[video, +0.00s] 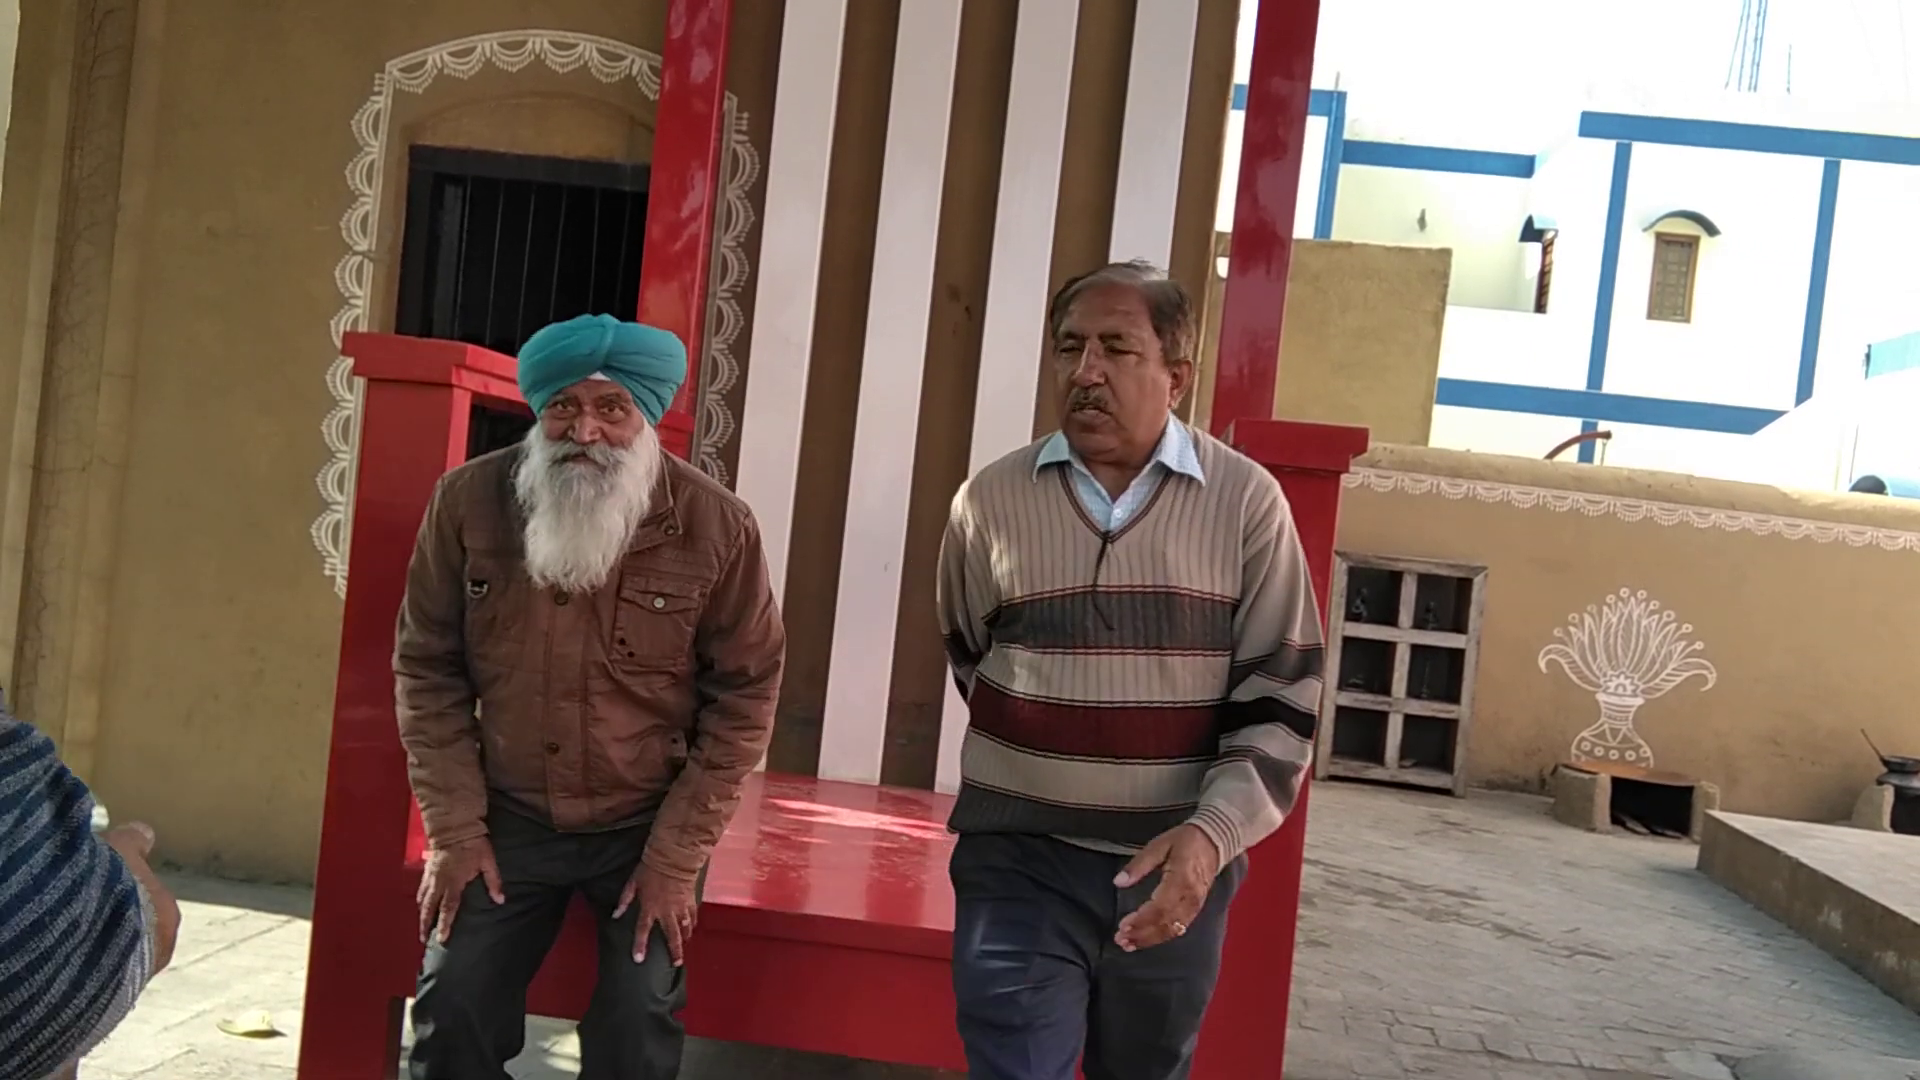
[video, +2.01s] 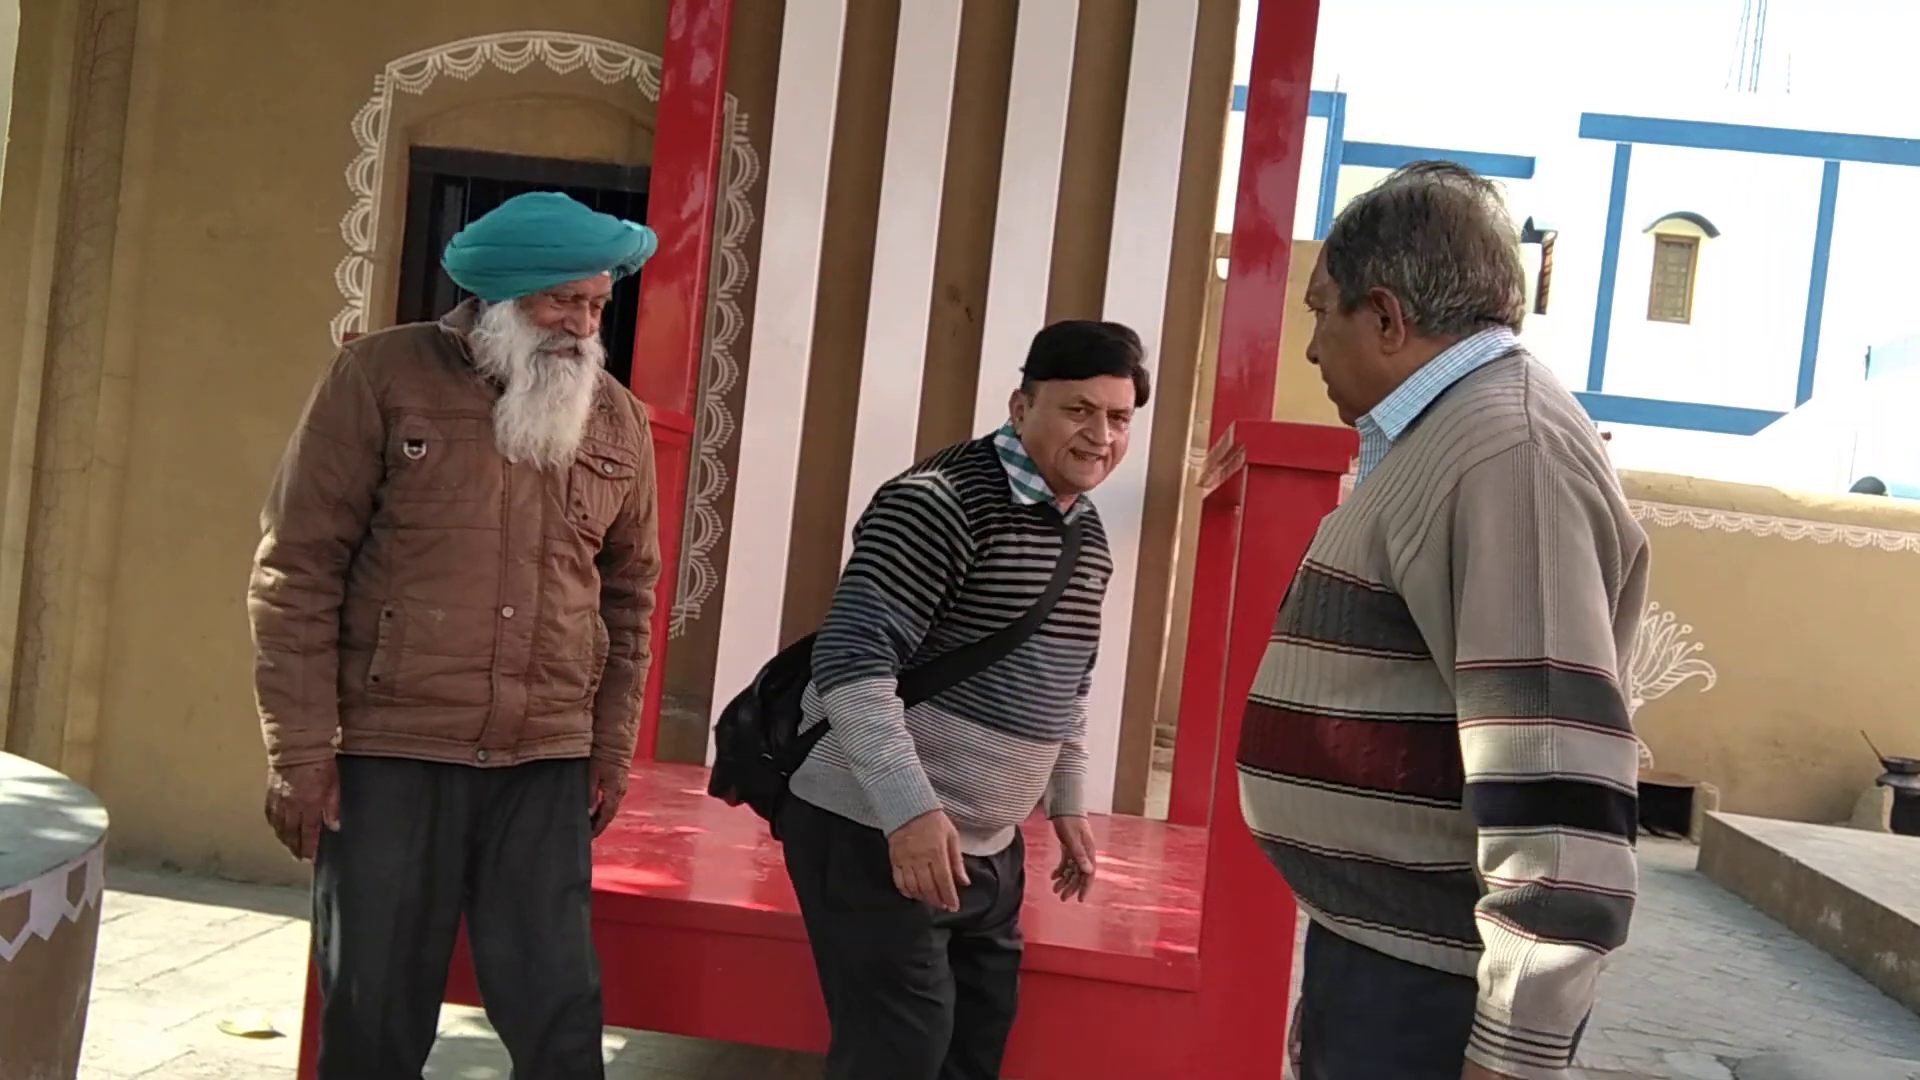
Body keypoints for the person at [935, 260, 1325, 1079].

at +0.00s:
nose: (1084, 371)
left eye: (1116, 349)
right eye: (1071, 348)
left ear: (1177, 376)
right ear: (1054, 363)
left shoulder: (1247, 504)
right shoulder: (986, 503)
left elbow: (1283, 705)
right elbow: (971, 667)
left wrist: (1212, 834)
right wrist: (1057, 753)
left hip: (1175, 879)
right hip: (1018, 862)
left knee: (1143, 1070)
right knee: (1019, 1067)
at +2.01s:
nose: (1312, 343)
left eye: (1322, 312)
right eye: (1312, 313)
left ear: (1386, 318)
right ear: (1395, 322)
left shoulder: (1509, 455)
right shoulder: (1443, 437)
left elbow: (1558, 796)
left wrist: (1515, 1053)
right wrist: (1339, 970)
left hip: (1434, 982)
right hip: (1376, 960)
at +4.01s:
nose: (1198, 378)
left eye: (1213, 358)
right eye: (1202, 357)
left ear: (1272, 368)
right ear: (1275, 368)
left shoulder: (1324, 477)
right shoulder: (1294, 455)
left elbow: (1297, 705)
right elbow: (1234, 651)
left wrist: (1170, 827)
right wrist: (1156, 771)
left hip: (1275, 826)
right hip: (1248, 816)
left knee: (1213, 1048)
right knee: (1204, 1042)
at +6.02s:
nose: (1305, 385)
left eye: (1326, 362)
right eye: (1287, 369)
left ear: (1380, 372)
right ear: (1271, 386)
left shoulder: (1456, 495)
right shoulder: (1237, 509)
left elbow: (1507, 683)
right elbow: (1192, 673)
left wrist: (1471, 823)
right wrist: (1192, 812)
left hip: (1407, 837)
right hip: (1265, 824)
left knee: (1393, 1067)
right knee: (1232, 1059)